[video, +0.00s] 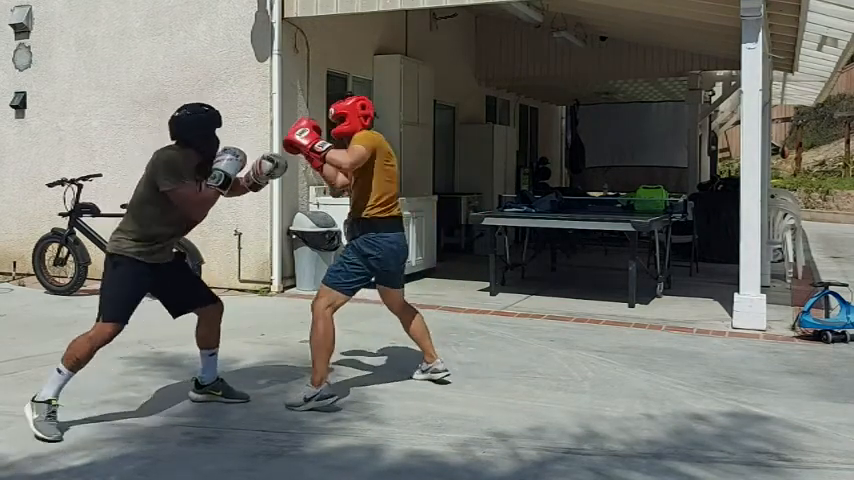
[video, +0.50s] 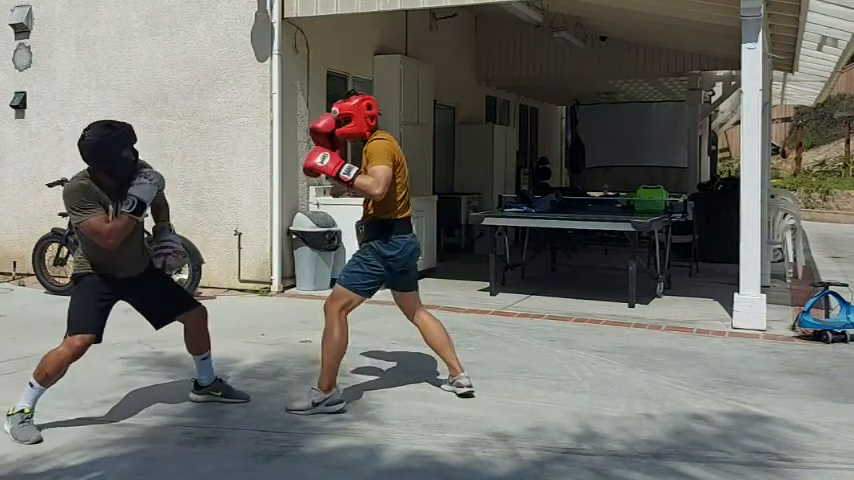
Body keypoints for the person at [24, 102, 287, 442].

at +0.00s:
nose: (218, 139)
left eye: (217, 133)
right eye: (213, 133)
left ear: (189, 135)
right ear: (199, 136)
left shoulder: (201, 163)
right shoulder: (168, 160)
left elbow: (231, 188)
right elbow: (194, 211)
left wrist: (257, 176)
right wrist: (221, 178)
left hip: (165, 257)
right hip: (129, 255)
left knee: (211, 308)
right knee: (107, 330)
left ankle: (208, 381)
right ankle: (44, 399)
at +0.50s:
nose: (134, 156)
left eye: (132, 150)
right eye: (126, 152)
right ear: (106, 161)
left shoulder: (136, 175)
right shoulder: (77, 191)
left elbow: (158, 201)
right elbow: (110, 238)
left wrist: (164, 237)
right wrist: (138, 199)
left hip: (139, 271)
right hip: (95, 276)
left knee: (196, 314)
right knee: (79, 342)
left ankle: (206, 382)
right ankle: (22, 411)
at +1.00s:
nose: (184, 136)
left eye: (183, 130)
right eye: (178, 131)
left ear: (162, 137)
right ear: (160, 137)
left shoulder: (186, 160)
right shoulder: (130, 167)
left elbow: (224, 174)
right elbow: (150, 214)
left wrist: (245, 164)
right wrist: (181, 185)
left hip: (174, 265)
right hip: (130, 266)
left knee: (227, 305)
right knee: (90, 334)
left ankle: (222, 370)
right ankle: (29, 404)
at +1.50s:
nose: (186, 149)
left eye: (184, 143)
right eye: (179, 144)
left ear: (174, 148)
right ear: (160, 148)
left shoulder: (188, 178)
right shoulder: (136, 183)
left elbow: (195, 223)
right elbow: (142, 227)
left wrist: (211, 242)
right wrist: (169, 199)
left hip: (194, 276)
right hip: (153, 279)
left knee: (248, 316)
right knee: (122, 350)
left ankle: (274, 375)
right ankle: (84, 376)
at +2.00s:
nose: (189, 126)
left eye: (189, 120)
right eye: (183, 120)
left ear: (182, 122)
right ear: (163, 121)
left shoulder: (183, 153)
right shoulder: (129, 151)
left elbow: (194, 194)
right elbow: (135, 202)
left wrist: (214, 198)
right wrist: (161, 170)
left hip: (164, 247)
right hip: (125, 244)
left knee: (199, 305)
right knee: (104, 319)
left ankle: (200, 381)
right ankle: (80, 378)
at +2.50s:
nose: (171, 131)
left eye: (171, 126)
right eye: (167, 125)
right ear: (149, 120)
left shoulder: (163, 157)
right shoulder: (120, 147)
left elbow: (170, 204)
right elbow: (166, 155)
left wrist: (173, 225)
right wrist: (160, 123)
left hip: (162, 255)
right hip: (120, 253)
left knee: (199, 311)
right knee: (101, 333)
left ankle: (199, 379)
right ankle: (78, 372)